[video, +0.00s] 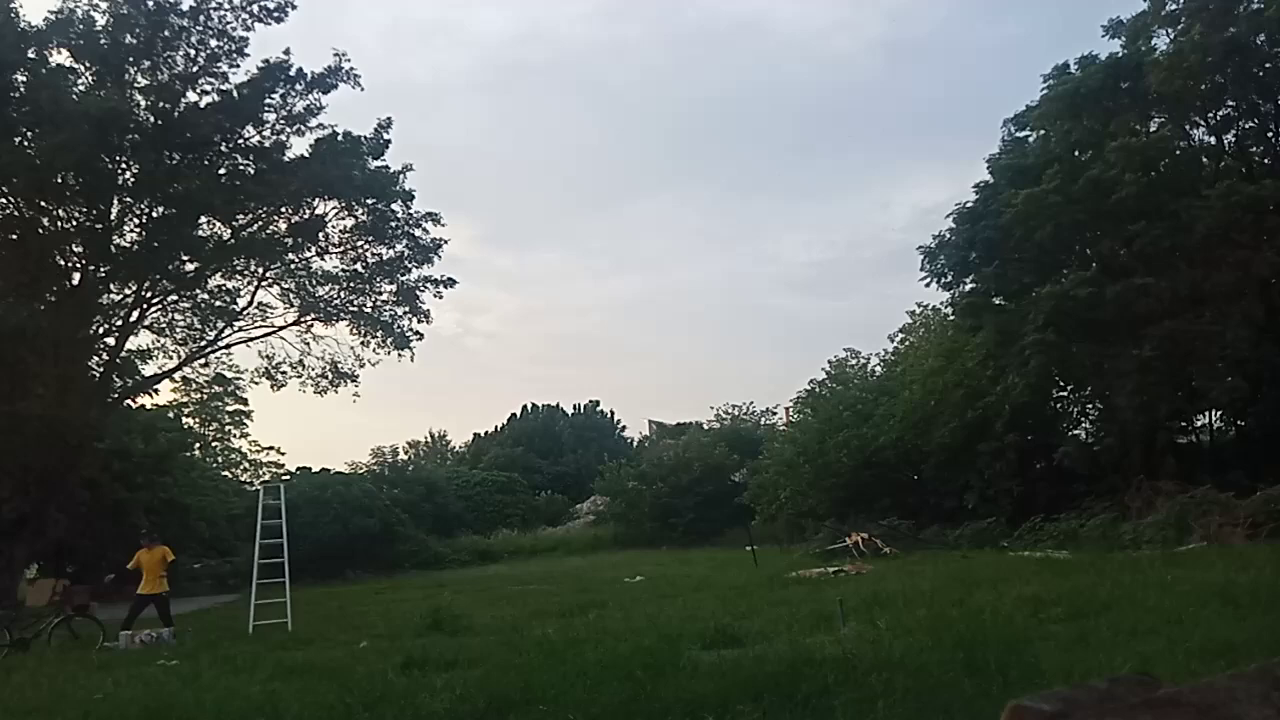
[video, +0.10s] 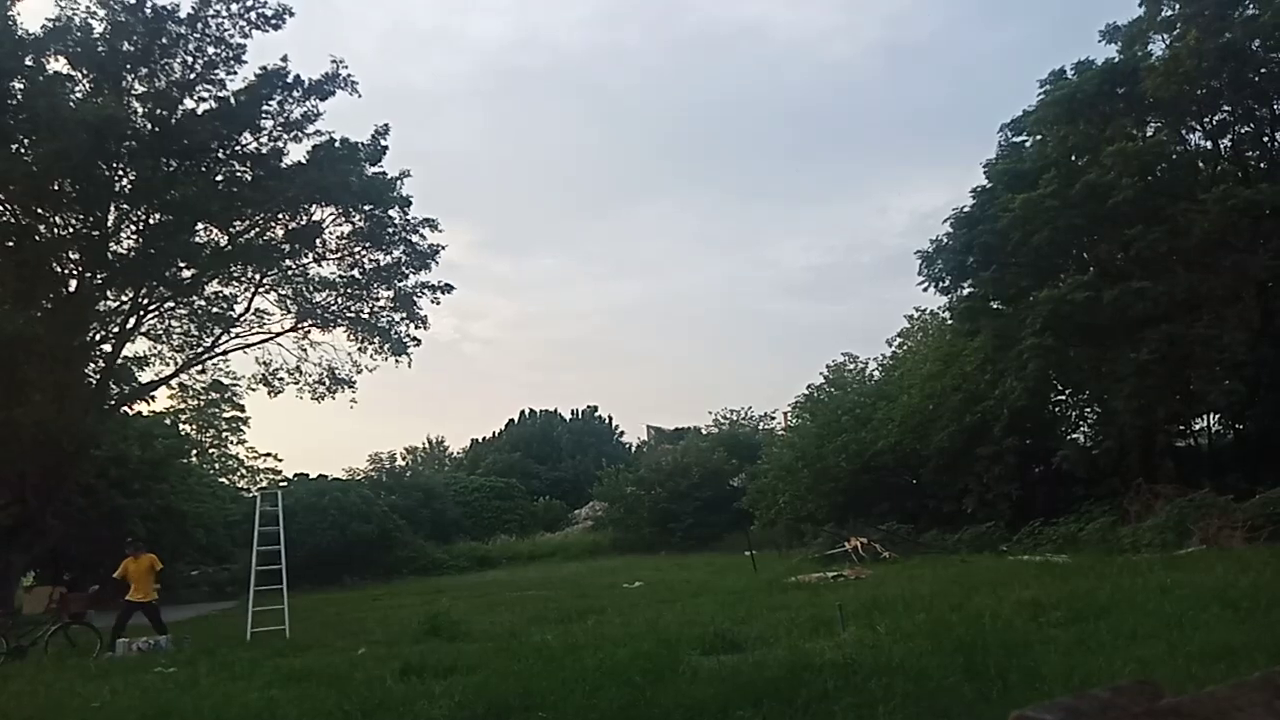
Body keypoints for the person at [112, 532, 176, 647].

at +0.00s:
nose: (143, 543)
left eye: (145, 540)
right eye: (141, 540)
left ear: (151, 539)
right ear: (141, 541)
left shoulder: (163, 550)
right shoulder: (140, 554)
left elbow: (173, 564)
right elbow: (128, 569)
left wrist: (166, 573)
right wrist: (115, 576)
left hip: (160, 591)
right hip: (144, 591)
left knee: (165, 617)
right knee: (131, 616)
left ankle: (173, 640)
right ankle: (120, 640)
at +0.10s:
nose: (129, 552)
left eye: (131, 549)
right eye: (128, 549)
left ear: (137, 548)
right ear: (127, 550)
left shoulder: (151, 558)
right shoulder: (127, 562)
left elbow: (161, 572)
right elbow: (115, 579)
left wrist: (159, 585)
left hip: (149, 599)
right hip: (132, 599)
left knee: (158, 624)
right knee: (119, 624)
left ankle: (169, 644)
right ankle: (112, 650)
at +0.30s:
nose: (116, 544)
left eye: (118, 541)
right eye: (115, 541)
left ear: (124, 540)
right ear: (115, 542)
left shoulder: (139, 547)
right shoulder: (115, 553)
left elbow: (150, 563)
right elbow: (106, 571)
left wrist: (153, 580)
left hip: (141, 587)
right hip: (124, 588)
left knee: (148, 612)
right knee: (116, 614)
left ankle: (161, 633)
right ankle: (114, 642)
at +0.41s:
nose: (112, 549)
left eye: (113, 546)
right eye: (110, 547)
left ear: (119, 545)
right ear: (108, 548)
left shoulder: (133, 552)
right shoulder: (108, 560)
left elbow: (144, 568)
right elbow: (99, 578)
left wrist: (146, 584)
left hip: (134, 591)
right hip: (118, 593)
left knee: (140, 619)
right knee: (112, 621)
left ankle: (148, 642)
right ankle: (111, 649)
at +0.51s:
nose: (108, 548)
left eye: (110, 545)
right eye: (107, 546)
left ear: (117, 543)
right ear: (106, 546)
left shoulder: (131, 551)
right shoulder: (105, 558)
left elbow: (142, 566)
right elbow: (97, 577)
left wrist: (143, 582)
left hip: (132, 590)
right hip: (115, 592)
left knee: (137, 618)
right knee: (111, 621)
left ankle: (141, 643)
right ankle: (110, 648)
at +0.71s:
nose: (108, 544)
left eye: (110, 541)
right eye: (107, 542)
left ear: (117, 540)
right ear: (107, 542)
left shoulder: (131, 549)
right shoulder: (106, 554)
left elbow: (141, 565)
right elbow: (97, 574)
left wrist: (140, 580)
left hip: (130, 589)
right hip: (114, 591)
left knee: (133, 618)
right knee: (111, 620)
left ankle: (137, 643)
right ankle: (112, 647)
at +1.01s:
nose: (117, 536)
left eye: (120, 533)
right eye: (116, 534)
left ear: (126, 534)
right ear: (113, 535)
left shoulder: (135, 546)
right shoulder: (111, 549)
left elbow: (140, 563)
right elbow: (100, 562)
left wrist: (126, 569)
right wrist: (98, 570)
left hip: (129, 589)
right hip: (113, 589)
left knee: (132, 618)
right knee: (112, 619)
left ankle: (135, 642)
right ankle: (113, 645)